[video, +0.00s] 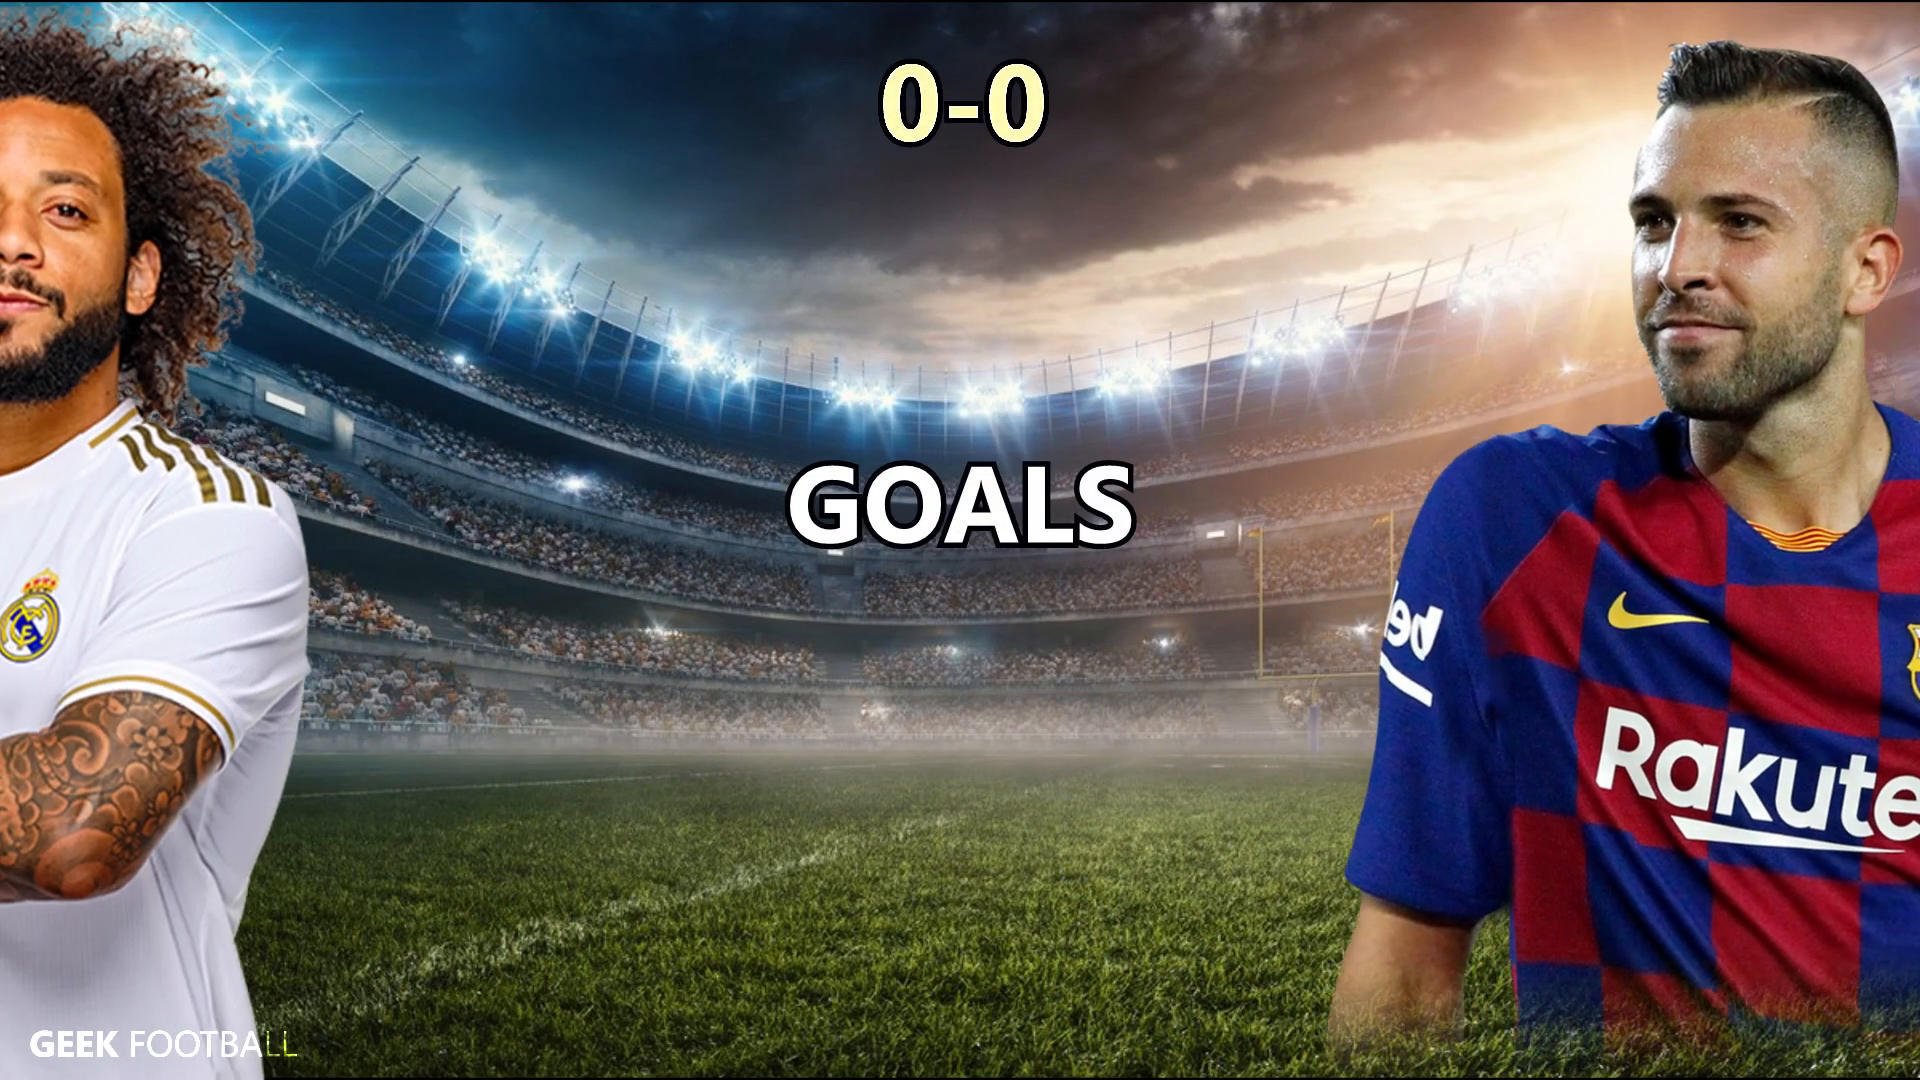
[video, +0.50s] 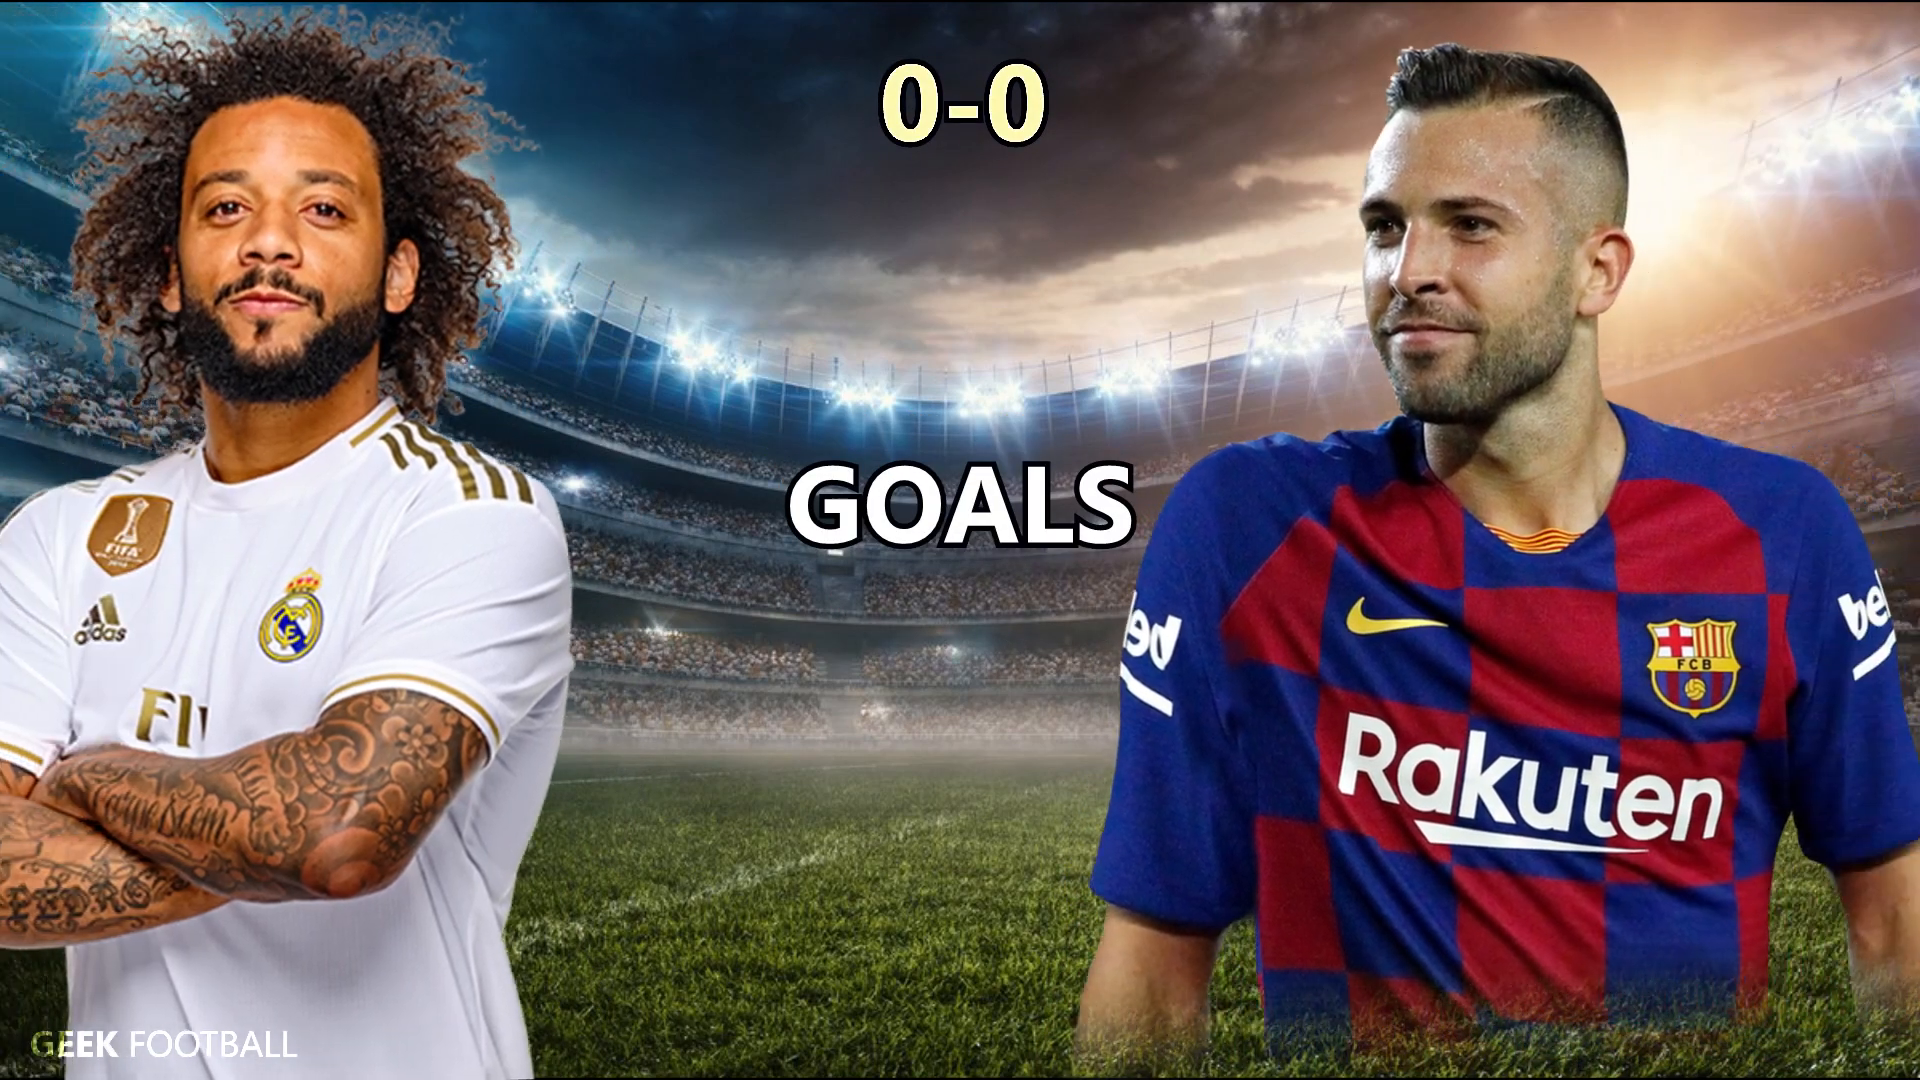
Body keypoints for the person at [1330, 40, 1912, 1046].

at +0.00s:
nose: (1676, 272)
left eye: (1742, 224)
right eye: (1656, 225)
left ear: (1868, 271)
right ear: (1636, 247)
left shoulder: (1914, 527)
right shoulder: (1508, 515)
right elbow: (1407, 956)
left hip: (1883, 1040)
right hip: (1618, 1047)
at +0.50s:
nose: (1406, 274)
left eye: (1468, 226)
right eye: (1385, 228)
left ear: (1598, 274)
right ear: (1364, 247)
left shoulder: (1787, 532)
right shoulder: (1238, 523)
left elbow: (1890, 916)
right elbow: (1155, 948)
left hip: (1685, 1041)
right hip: (1360, 1046)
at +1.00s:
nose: (1293, 277)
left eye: (1356, 231)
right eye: (1271, 234)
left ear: (1486, 273)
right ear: (1246, 256)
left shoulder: (1676, 537)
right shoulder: (1131, 540)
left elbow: (1786, 910)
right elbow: (1046, 961)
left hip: (1580, 1056)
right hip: (1251, 1054)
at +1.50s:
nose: (1272, 279)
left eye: (1336, 232)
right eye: (1251, 236)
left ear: (1466, 275)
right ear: (1226, 256)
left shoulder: (1655, 536)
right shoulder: (1109, 544)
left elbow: (1766, 913)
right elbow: (1026, 968)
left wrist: (1812, 1074)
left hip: (1557, 1051)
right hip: (1232, 1052)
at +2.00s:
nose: (1264, 279)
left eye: (1327, 233)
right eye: (1242, 236)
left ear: (1457, 275)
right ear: (1218, 257)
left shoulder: (1646, 538)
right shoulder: (1099, 546)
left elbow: (1756, 911)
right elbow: (1017, 965)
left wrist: (1804, 1076)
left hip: (1547, 1049)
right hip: (1221, 1050)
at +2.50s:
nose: (1286, 278)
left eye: (1349, 231)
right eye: (1264, 235)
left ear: (1480, 274)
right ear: (1240, 256)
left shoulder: (1668, 535)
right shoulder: (1123, 540)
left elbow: (1780, 913)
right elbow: (1039, 967)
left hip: (1571, 1052)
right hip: (1242, 1052)